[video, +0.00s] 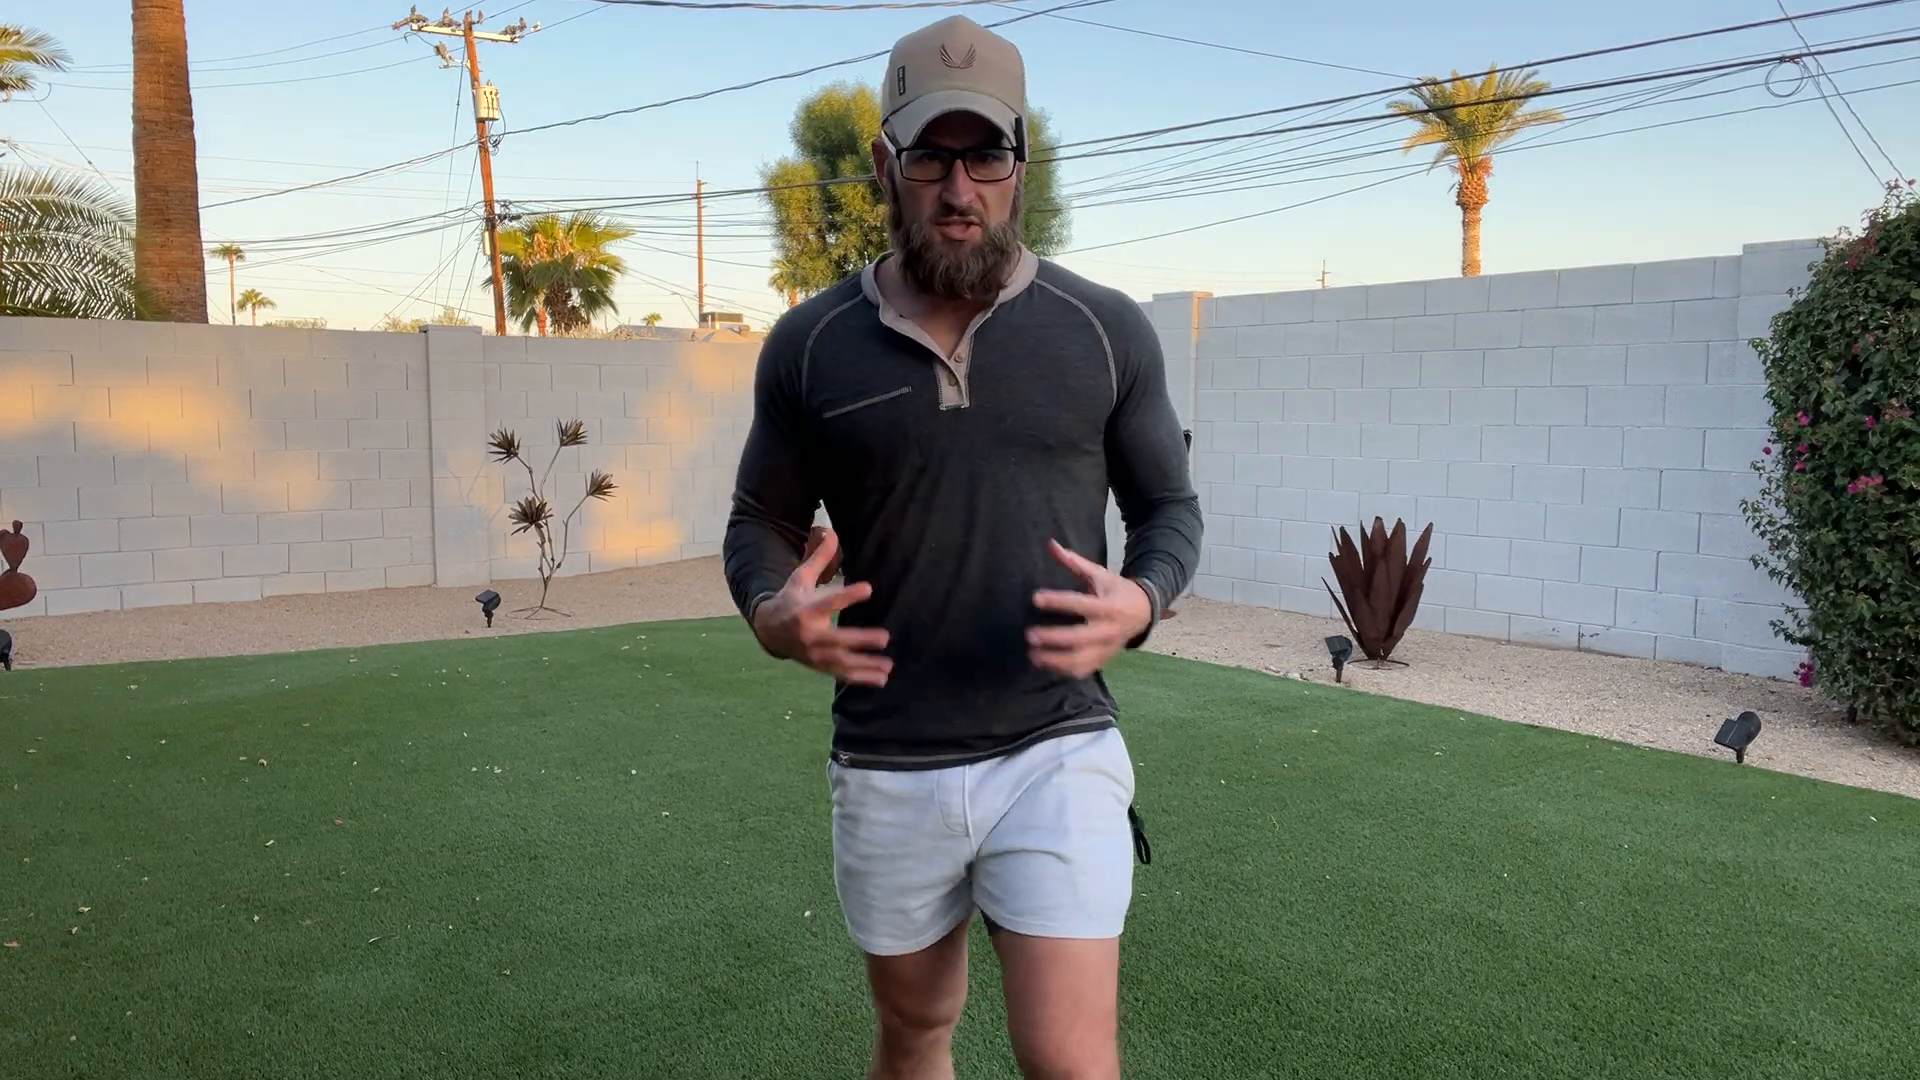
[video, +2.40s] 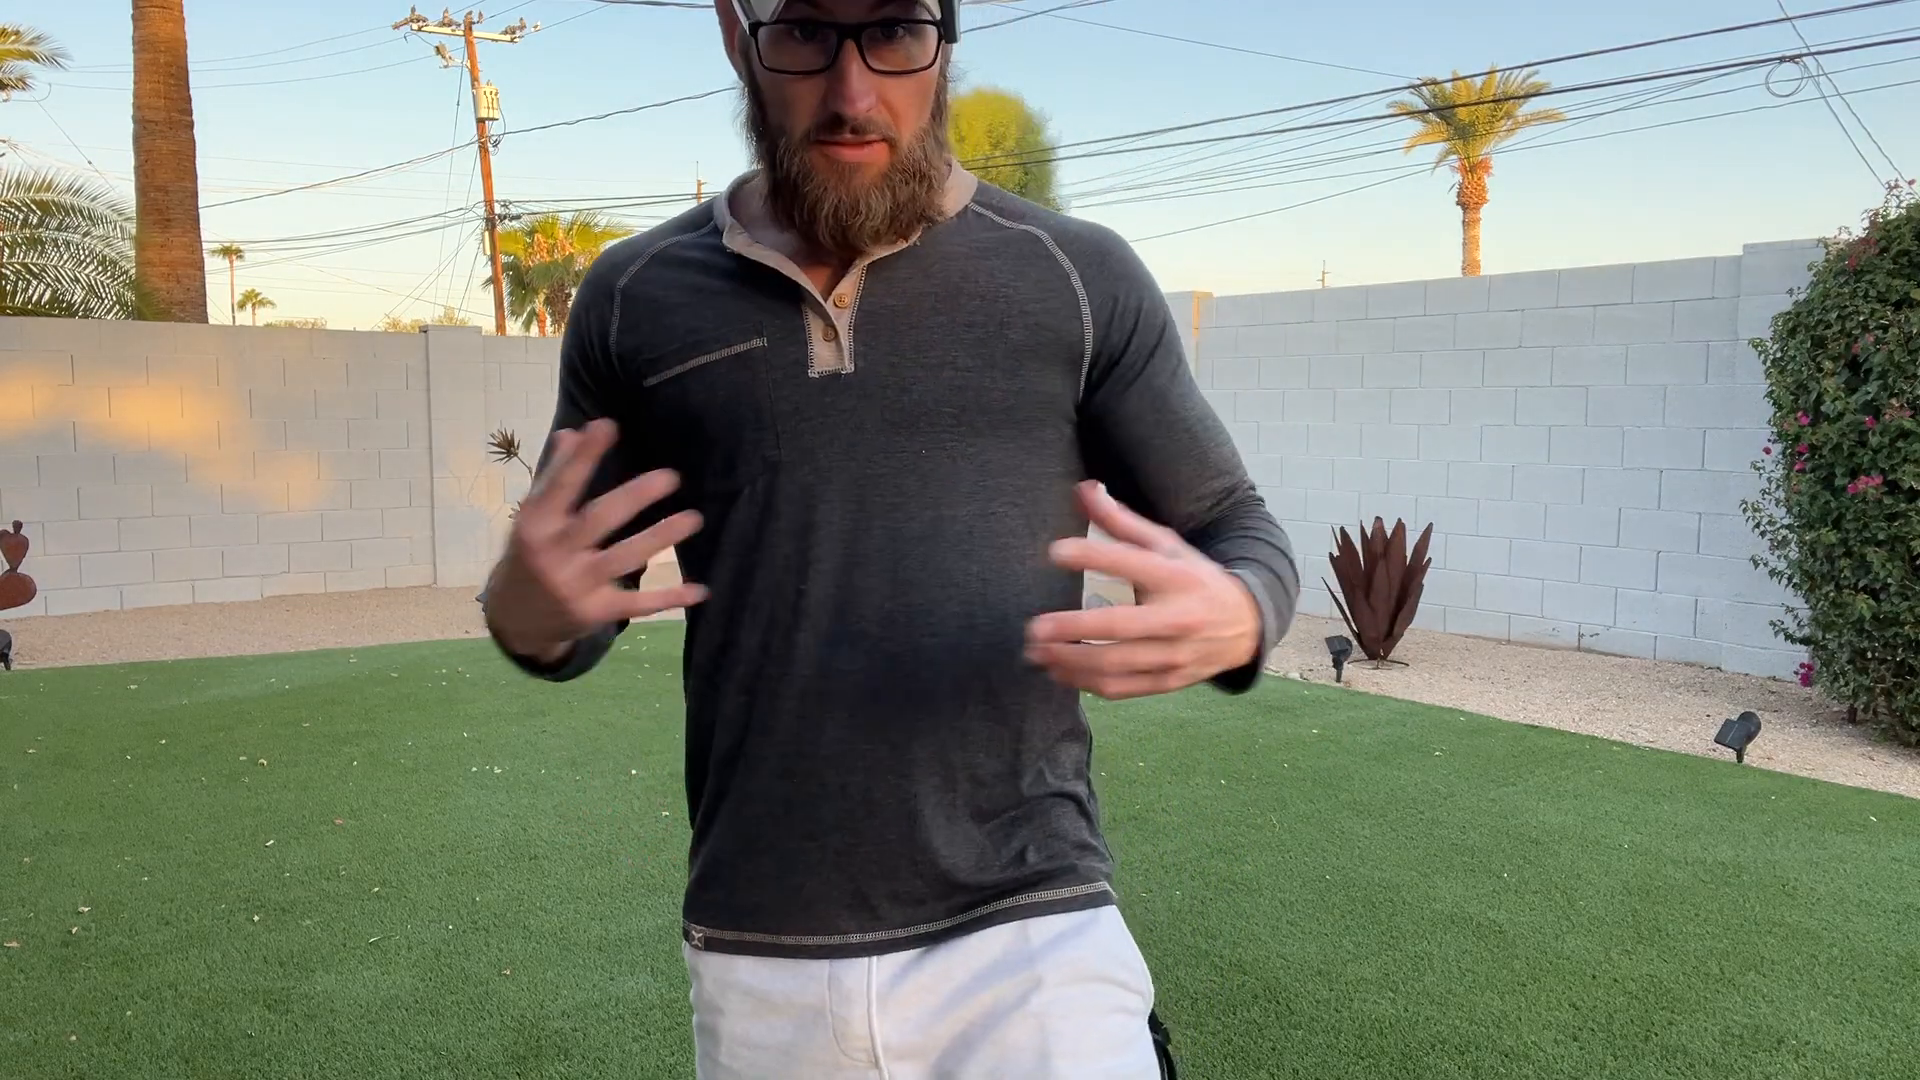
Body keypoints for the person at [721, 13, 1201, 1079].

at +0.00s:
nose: (960, 184)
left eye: (986, 155)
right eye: (932, 156)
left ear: (1020, 166)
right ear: (887, 168)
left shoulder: (1105, 331)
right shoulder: (811, 348)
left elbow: (1169, 507)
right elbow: (761, 523)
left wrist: (1143, 599)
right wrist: (775, 613)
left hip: (1062, 748)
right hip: (893, 763)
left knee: (1072, 1058)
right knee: (915, 1030)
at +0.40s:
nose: (1071, 166)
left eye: (1103, 134)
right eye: (1041, 131)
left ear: (1138, 148)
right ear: (991, 138)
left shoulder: (1214, 330)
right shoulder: (883, 318)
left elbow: (1269, 522)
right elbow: (816, 490)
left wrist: (1293, 629)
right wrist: (801, 580)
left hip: (1136, 806)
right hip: (938, 804)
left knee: (1108, 1067)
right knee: (933, 1064)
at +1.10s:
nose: (1179, 142)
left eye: (1215, 109)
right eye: (1147, 105)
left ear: (1253, 128)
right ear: (1089, 114)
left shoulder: (1318, 359)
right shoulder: (957, 297)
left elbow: (1349, 618)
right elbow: (857, 521)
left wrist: (1238, 616)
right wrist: (978, 549)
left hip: (1177, 849)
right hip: (965, 827)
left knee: (1128, 1066)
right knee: (948, 1065)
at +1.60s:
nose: (1108, 153)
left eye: (1136, 108)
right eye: (1066, 106)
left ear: (1164, 101)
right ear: (975, 74)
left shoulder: (1223, 310)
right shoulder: (832, 290)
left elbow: (1287, 532)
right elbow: (741, 545)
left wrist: (1120, 709)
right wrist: (847, 589)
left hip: (1135, 897)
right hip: (902, 899)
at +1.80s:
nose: (1020, 120)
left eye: (1053, 73)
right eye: (980, 74)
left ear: (1090, 73)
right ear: (898, 61)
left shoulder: (1170, 290)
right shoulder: (766, 280)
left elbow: (1165, 543)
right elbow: (687, 552)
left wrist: (943, 737)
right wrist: (900, 577)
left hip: (1095, 919)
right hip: (850, 918)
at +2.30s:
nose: (859, 75)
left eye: (902, 26)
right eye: (815, 26)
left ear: (950, 43)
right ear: (752, 35)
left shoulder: (1072, 279)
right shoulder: (641, 299)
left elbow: (1200, 550)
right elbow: (568, 598)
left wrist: (1026, 630)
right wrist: (721, 565)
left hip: (1028, 929)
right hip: (767, 947)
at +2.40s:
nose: (850, 89)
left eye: (893, 39)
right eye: (804, 40)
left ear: (945, 47)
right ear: (741, 40)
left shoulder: (1079, 278)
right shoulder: (639, 299)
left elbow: (1238, 527)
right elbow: (567, 631)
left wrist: (1240, 614)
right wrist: (523, 618)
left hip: (1033, 940)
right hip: (764, 957)